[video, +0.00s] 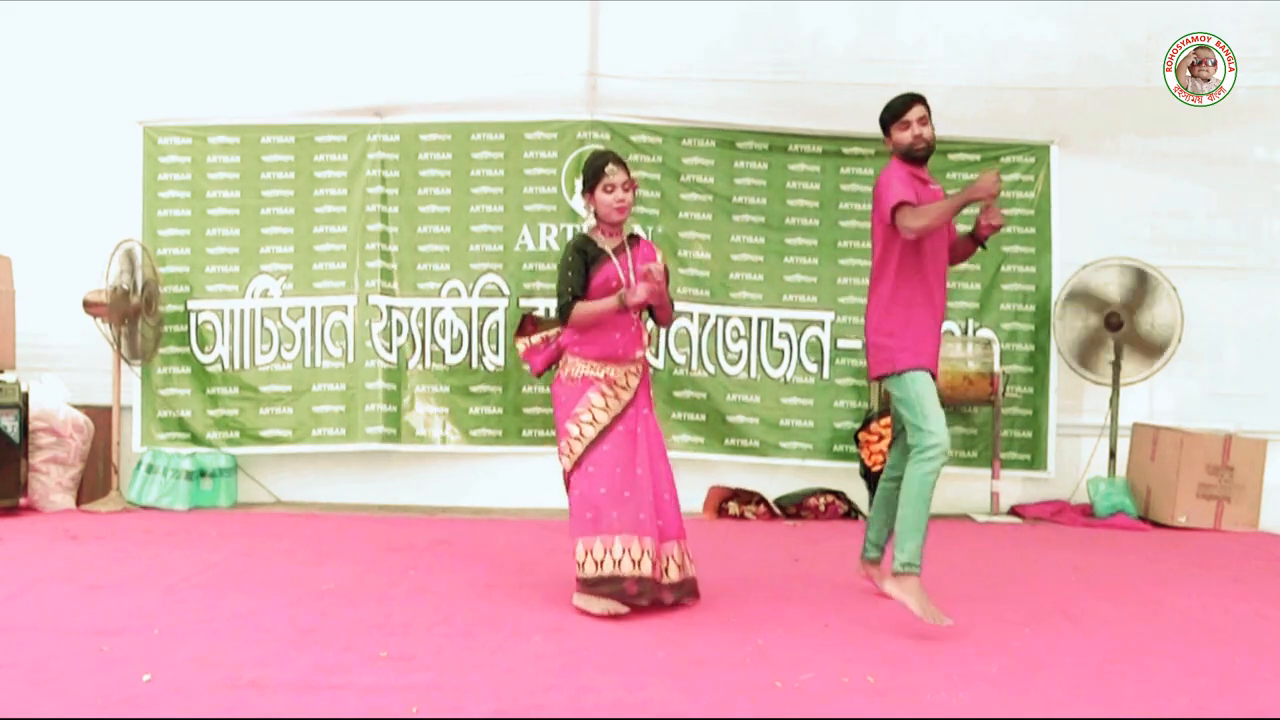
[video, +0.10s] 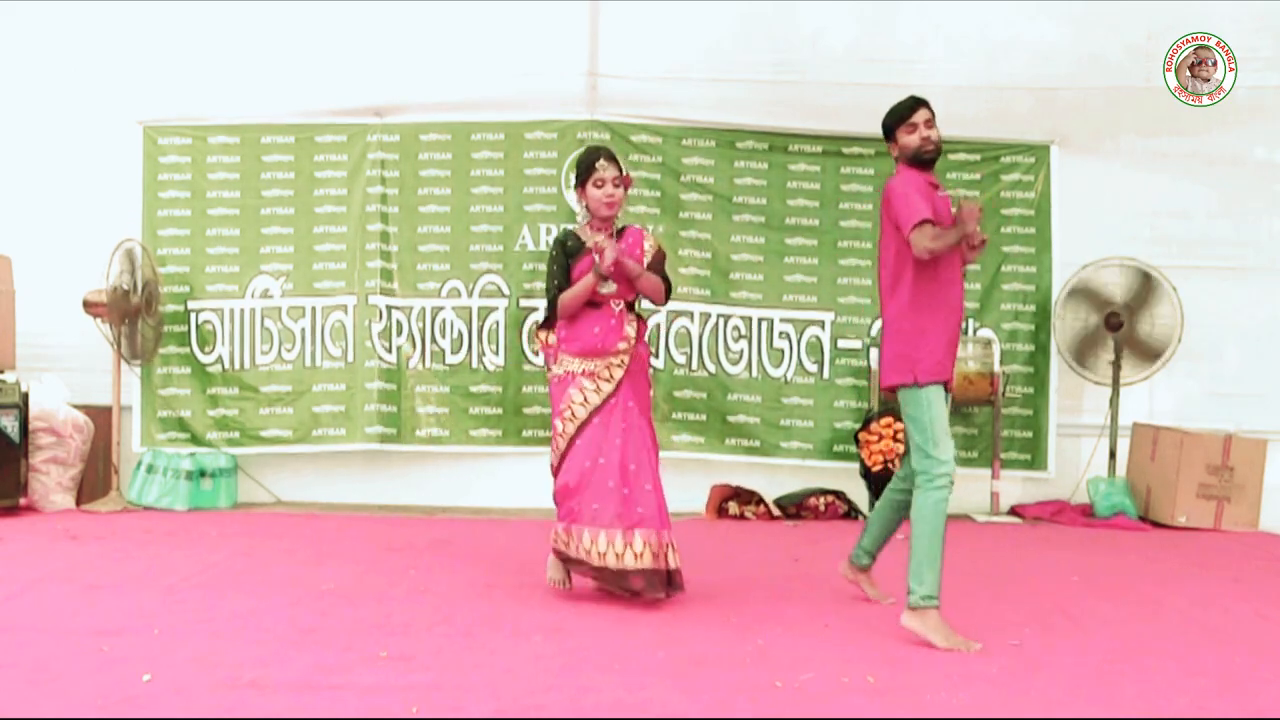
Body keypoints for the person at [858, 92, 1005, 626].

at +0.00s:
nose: (919, 130)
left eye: (924, 121)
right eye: (907, 126)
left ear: (934, 129)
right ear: (891, 138)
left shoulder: (929, 186)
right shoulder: (894, 176)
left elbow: (944, 256)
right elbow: (909, 222)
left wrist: (979, 235)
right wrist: (968, 195)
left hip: (917, 338)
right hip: (896, 337)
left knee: (906, 448)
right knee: (932, 445)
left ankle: (872, 556)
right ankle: (906, 573)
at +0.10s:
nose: (927, 133)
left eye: (931, 124)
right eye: (915, 127)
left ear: (938, 132)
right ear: (895, 141)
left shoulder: (931, 190)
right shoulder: (904, 184)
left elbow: (953, 255)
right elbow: (923, 245)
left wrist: (967, 240)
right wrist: (964, 228)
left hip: (930, 354)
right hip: (914, 355)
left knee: (916, 470)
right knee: (936, 471)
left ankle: (859, 560)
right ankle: (923, 606)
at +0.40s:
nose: (927, 125)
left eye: (935, 117)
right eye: (915, 120)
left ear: (949, 128)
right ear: (902, 134)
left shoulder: (944, 185)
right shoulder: (904, 169)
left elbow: (946, 278)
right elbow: (916, 183)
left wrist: (1000, 277)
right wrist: (993, 164)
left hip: (958, 346)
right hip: (919, 343)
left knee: (964, 477)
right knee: (932, 475)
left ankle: (913, 558)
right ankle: (921, 612)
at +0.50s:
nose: (928, 137)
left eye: (937, 128)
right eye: (917, 130)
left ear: (953, 139)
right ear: (904, 143)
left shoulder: (967, 209)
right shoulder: (894, 186)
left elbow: (970, 290)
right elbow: (894, 224)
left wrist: (1000, 275)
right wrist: (957, 175)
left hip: (966, 354)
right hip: (913, 352)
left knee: (964, 485)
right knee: (925, 479)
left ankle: (945, 594)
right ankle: (918, 612)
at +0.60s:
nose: (925, 147)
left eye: (935, 138)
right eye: (916, 141)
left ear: (955, 149)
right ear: (907, 155)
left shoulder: (979, 221)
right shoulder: (891, 212)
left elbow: (998, 306)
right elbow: (874, 291)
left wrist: (991, 299)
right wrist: (929, 249)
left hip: (965, 370)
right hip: (908, 368)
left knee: (962, 490)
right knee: (917, 482)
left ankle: (947, 594)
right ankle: (916, 610)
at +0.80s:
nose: (910, 143)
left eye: (921, 135)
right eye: (909, 135)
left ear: (949, 144)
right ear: (908, 144)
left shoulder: (969, 198)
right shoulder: (897, 202)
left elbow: (991, 256)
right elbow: (873, 278)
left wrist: (922, 252)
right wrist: (868, 256)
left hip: (946, 356)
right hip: (896, 352)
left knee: (939, 472)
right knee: (870, 455)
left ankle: (948, 591)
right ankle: (903, 554)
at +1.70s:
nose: (961, 147)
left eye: (968, 139)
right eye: (950, 140)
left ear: (977, 148)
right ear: (931, 151)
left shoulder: (994, 208)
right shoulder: (914, 205)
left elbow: (1030, 277)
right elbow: (893, 269)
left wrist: (1009, 250)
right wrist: (956, 239)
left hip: (980, 355)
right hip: (926, 351)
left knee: (974, 476)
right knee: (927, 467)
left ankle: (948, 572)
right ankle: (900, 520)